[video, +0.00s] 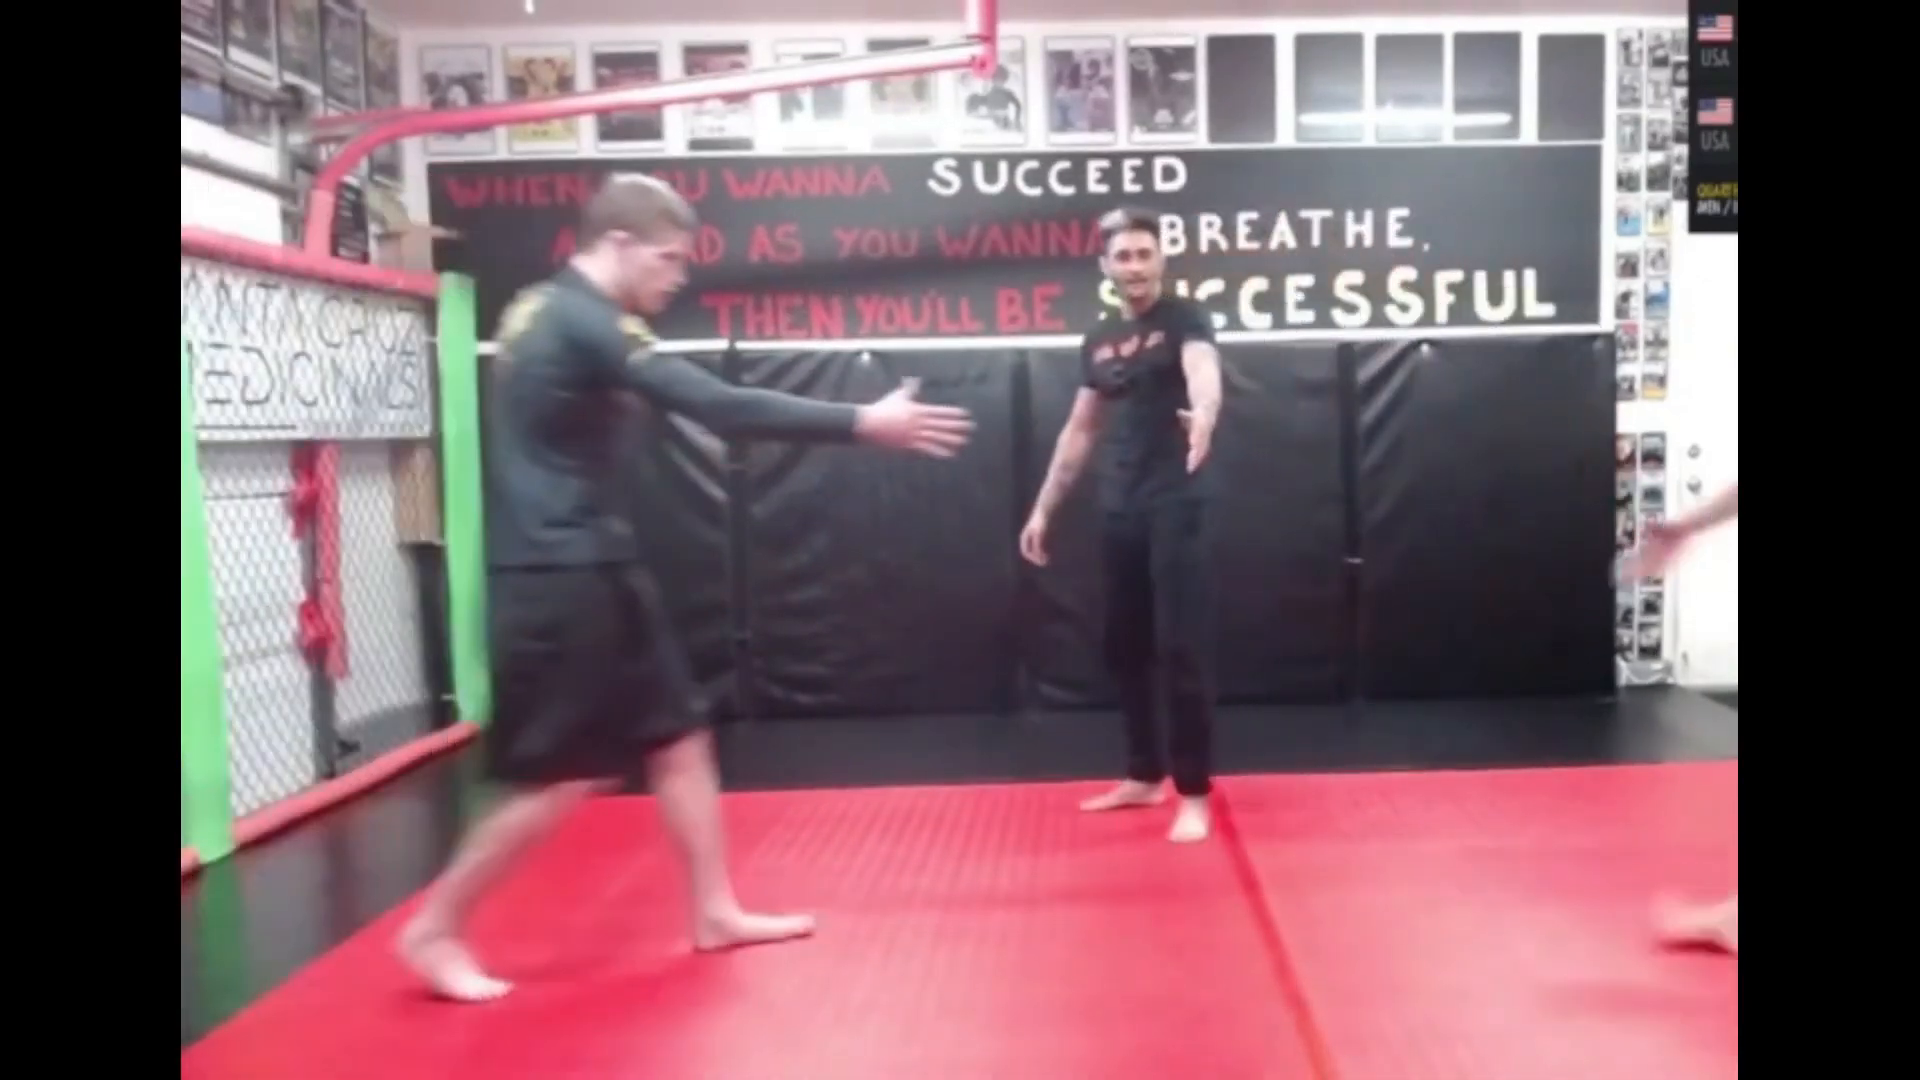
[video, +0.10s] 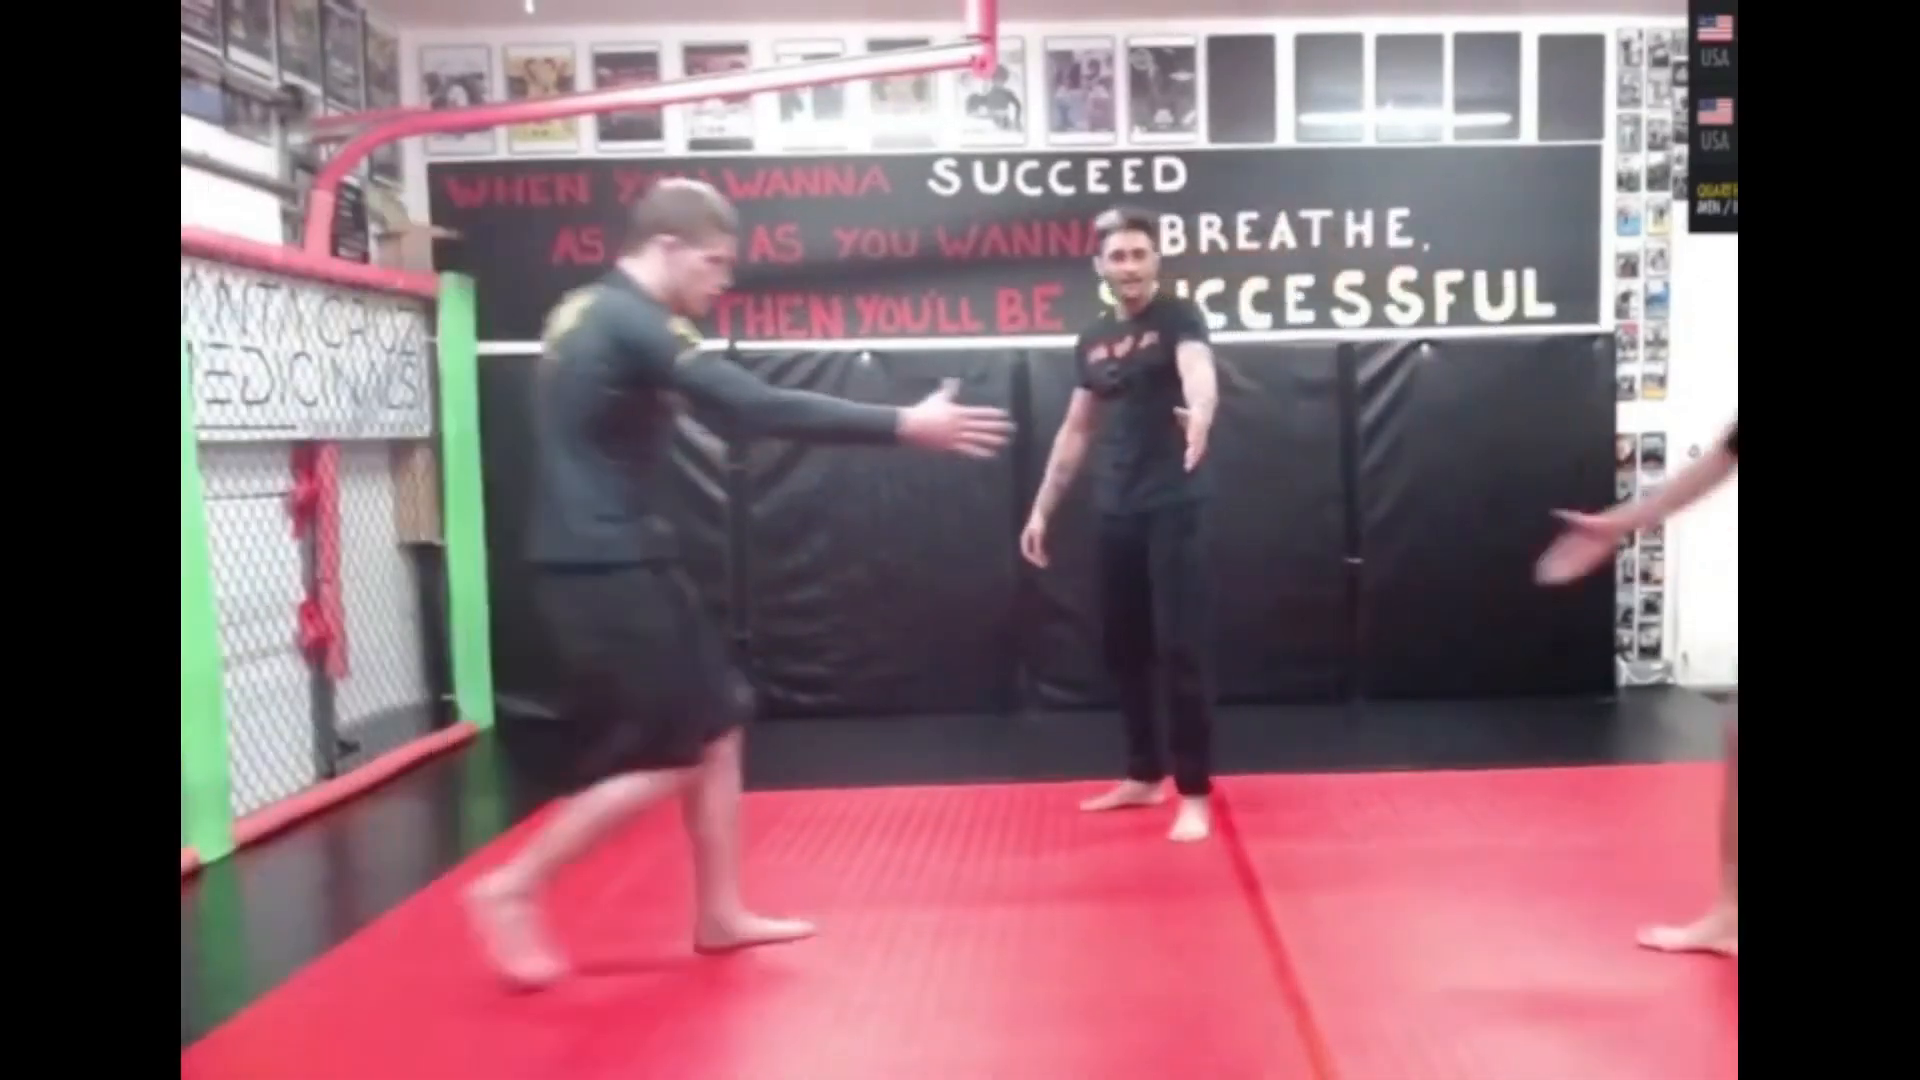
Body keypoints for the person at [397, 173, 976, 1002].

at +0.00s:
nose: (678, 281)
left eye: (681, 265)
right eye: (671, 262)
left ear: (612, 251)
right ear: (619, 247)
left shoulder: (546, 312)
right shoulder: (583, 320)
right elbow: (715, 400)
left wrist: (678, 425)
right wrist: (861, 420)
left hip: (587, 567)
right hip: (561, 572)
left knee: (680, 732)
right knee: (563, 771)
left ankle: (717, 913)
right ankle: (432, 929)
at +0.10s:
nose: (722, 286)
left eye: (725, 269)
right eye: (716, 267)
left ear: (658, 255)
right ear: (666, 251)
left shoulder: (590, 313)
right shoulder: (627, 320)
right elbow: (750, 404)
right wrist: (904, 422)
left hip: (609, 563)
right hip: (600, 568)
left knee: (718, 718)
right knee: (675, 750)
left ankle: (720, 913)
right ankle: (509, 888)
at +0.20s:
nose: (807, 285)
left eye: (812, 269)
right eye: (802, 266)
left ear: (745, 251)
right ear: (753, 248)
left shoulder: (667, 300)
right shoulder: (714, 312)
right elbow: (839, 400)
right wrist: (985, 424)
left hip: (641, 537)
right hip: (676, 539)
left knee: (739, 725)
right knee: (796, 714)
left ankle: (724, 906)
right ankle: (756, 914)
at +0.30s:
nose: (850, 291)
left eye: (855, 273)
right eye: (846, 271)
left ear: (786, 257)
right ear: (797, 255)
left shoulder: (706, 301)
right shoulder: (757, 323)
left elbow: (686, 439)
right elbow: (889, 410)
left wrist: (743, 523)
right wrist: (1035, 426)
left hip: (670, 535)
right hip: (703, 539)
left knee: (747, 727)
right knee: (819, 725)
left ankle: (720, 909)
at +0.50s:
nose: (920, 313)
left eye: (922, 297)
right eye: (913, 296)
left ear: (847, 280)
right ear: (861, 280)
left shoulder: (759, 316)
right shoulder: (837, 352)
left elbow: (723, 439)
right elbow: (974, 438)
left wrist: (779, 528)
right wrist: (1122, 450)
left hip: (684, 544)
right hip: (741, 552)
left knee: (772, 727)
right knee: (858, 729)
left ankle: (722, 906)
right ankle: (908, 927)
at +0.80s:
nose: (1000, 348)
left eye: (1005, 331)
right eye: (997, 329)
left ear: (938, 310)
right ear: (952, 313)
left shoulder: (847, 325)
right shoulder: (917, 371)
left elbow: (750, 416)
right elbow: (915, 520)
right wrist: (1034, 495)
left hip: (712, 529)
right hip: (781, 546)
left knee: (762, 733)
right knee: (880, 728)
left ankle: (719, 910)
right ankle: (906, 930)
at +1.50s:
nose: (1003, 325)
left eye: (1006, 309)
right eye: (996, 307)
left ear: (938, 298)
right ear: (948, 298)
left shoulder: (858, 324)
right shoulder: (901, 353)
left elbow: (792, 459)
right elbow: (834, 491)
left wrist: (850, 537)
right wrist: (946, 540)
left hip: (726, 530)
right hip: (782, 544)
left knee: (765, 730)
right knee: (888, 727)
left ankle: (719, 913)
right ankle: (906, 929)